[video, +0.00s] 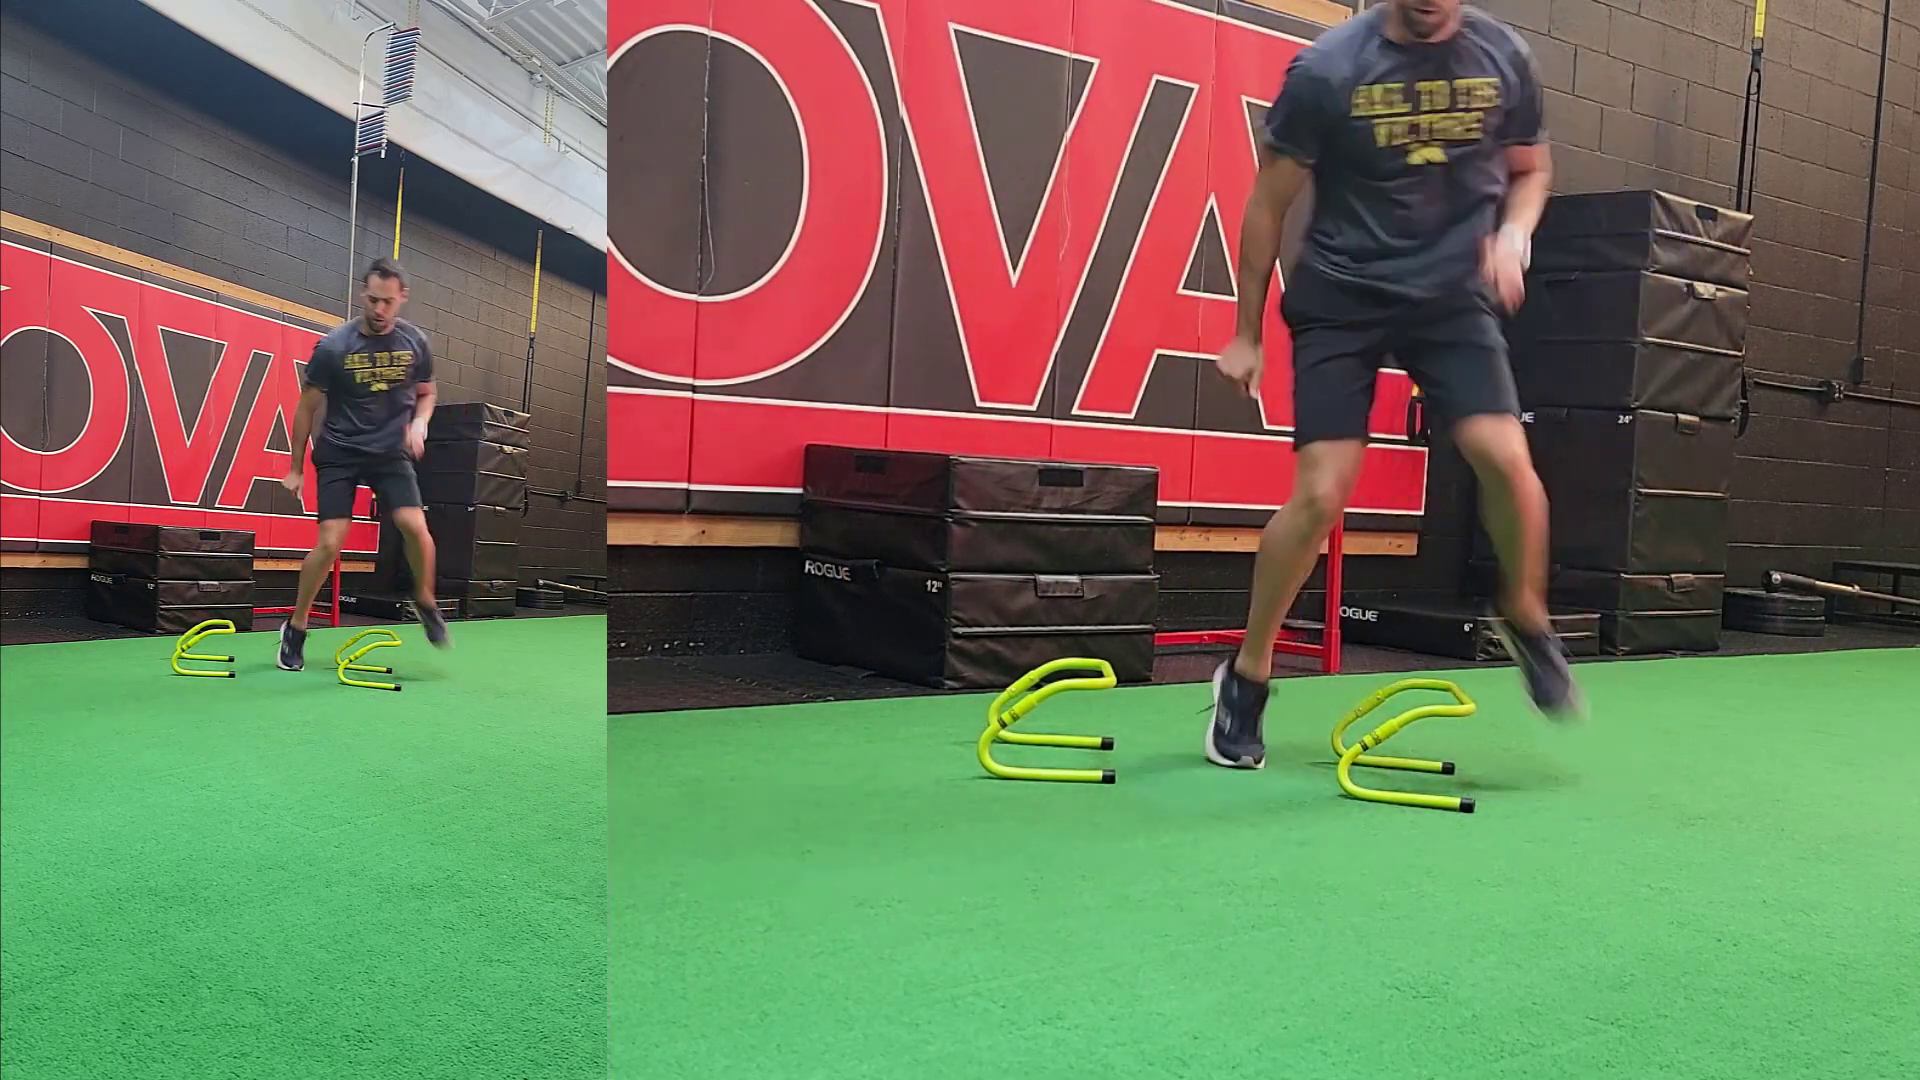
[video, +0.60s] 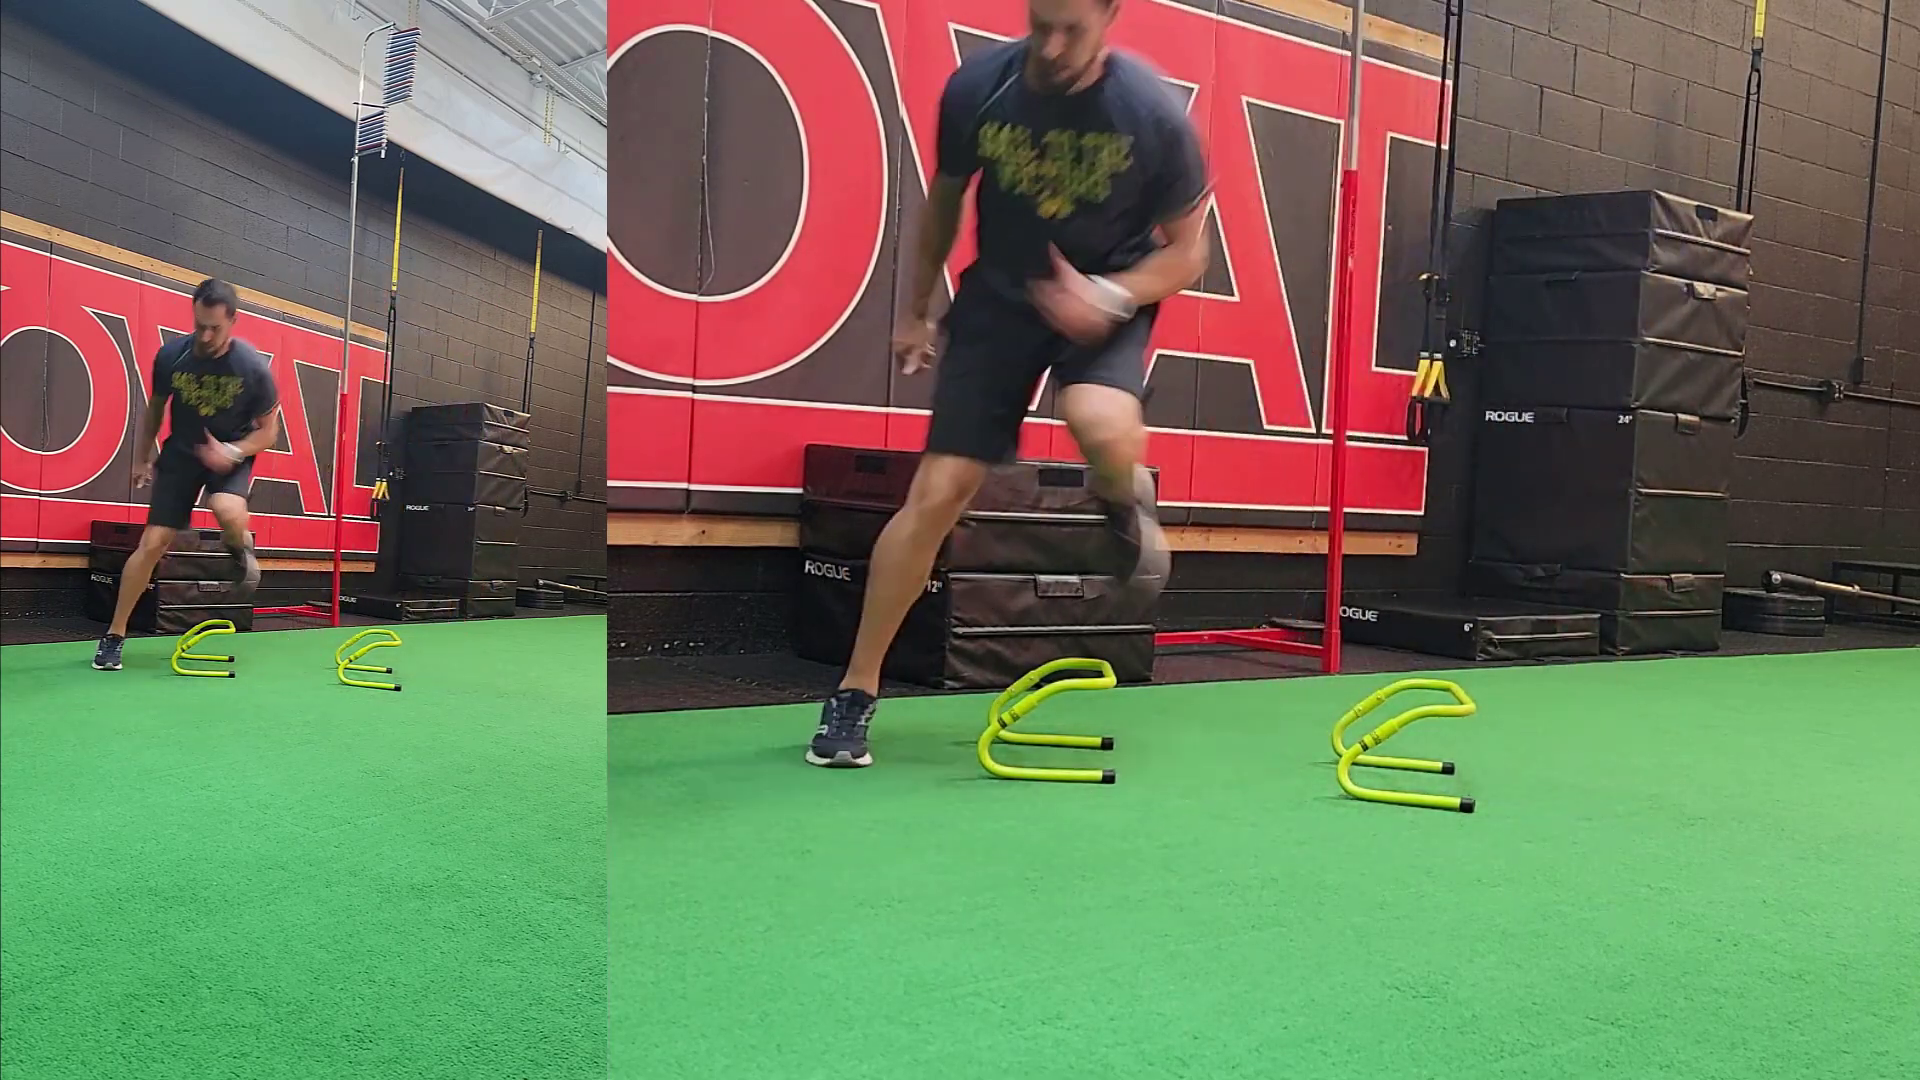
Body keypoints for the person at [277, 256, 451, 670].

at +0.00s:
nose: (379, 310)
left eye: (388, 301)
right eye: (373, 299)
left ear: (402, 300)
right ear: (361, 295)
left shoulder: (415, 342)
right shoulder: (333, 347)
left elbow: (426, 393)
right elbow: (307, 407)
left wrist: (418, 424)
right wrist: (295, 468)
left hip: (391, 452)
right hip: (339, 452)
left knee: (415, 526)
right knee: (330, 544)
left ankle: (425, 601)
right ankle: (296, 627)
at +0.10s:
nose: (347, 311)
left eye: (355, 303)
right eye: (341, 302)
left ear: (370, 302)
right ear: (330, 299)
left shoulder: (386, 347)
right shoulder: (305, 350)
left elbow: (401, 391)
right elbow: (283, 409)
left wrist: (404, 443)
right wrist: (304, 443)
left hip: (364, 445)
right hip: (316, 446)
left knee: (375, 494)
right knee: (309, 550)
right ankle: (290, 635)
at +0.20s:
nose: (322, 301)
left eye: (331, 294)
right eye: (316, 292)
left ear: (346, 291)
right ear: (307, 287)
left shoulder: (367, 334)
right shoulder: (282, 331)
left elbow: (379, 378)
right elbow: (262, 387)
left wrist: (374, 429)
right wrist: (285, 405)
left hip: (337, 440)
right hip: (289, 438)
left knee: (331, 508)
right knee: (286, 526)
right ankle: (284, 619)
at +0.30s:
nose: (296, 306)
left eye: (305, 298)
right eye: (290, 296)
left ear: (321, 295)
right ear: (281, 289)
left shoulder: (339, 343)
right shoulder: (255, 335)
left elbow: (350, 399)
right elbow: (237, 388)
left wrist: (345, 453)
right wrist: (235, 429)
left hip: (310, 448)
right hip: (262, 444)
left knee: (301, 540)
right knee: (247, 502)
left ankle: (308, 639)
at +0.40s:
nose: (269, 311)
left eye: (278, 303)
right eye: (263, 301)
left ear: (296, 298)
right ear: (255, 296)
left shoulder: (316, 348)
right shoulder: (233, 340)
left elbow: (332, 405)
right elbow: (213, 389)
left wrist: (327, 465)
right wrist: (210, 421)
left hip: (288, 458)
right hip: (239, 445)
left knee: (290, 549)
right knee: (207, 495)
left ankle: (304, 643)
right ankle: (211, 537)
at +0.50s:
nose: (239, 314)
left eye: (247, 305)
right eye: (233, 303)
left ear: (264, 299)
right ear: (224, 296)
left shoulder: (284, 344)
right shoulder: (201, 336)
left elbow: (312, 400)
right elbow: (185, 383)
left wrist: (307, 456)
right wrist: (190, 414)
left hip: (261, 444)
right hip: (212, 438)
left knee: (262, 522)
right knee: (177, 516)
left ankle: (286, 610)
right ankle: (140, 600)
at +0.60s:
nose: (206, 336)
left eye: (215, 328)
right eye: (200, 326)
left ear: (233, 321)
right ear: (191, 318)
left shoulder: (253, 368)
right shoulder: (170, 358)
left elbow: (269, 432)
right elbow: (156, 407)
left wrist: (234, 451)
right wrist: (143, 458)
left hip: (231, 456)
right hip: (181, 453)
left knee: (228, 511)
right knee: (153, 544)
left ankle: (241, 551)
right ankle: (114, 636)